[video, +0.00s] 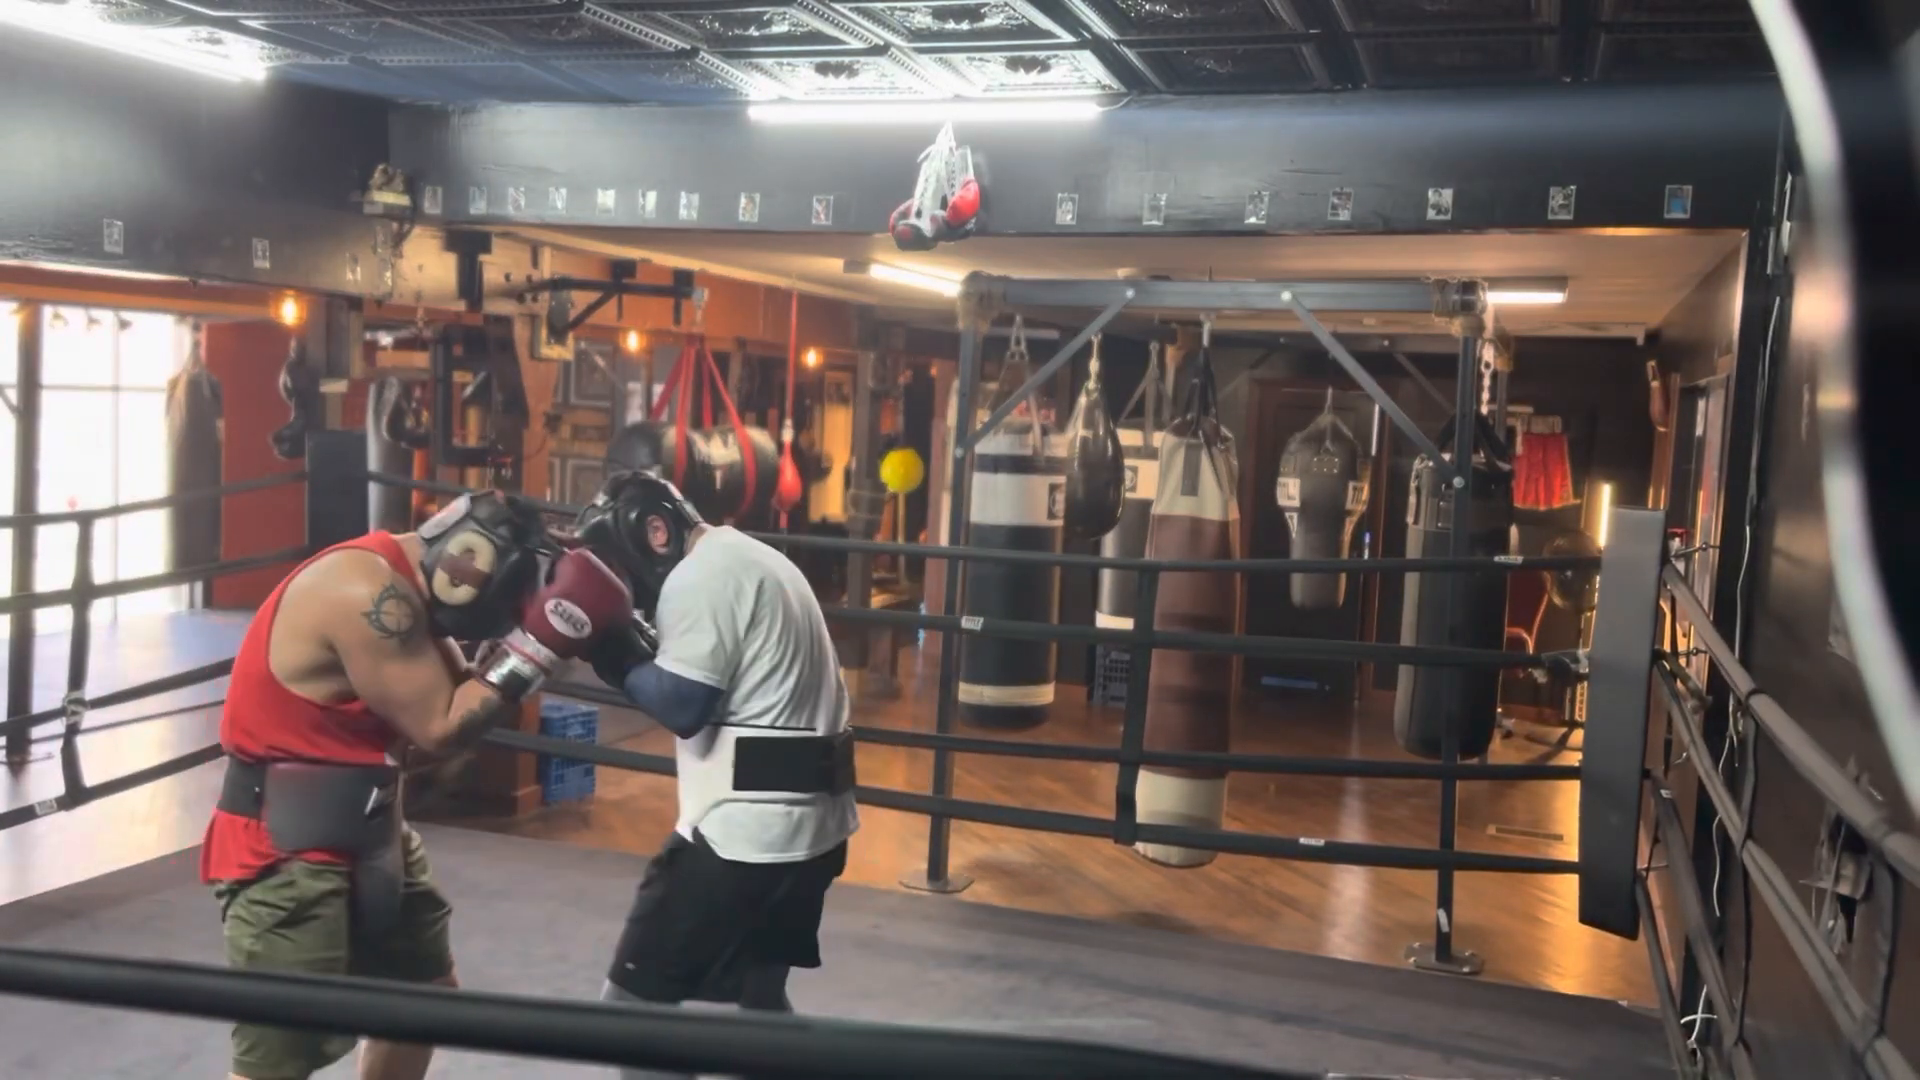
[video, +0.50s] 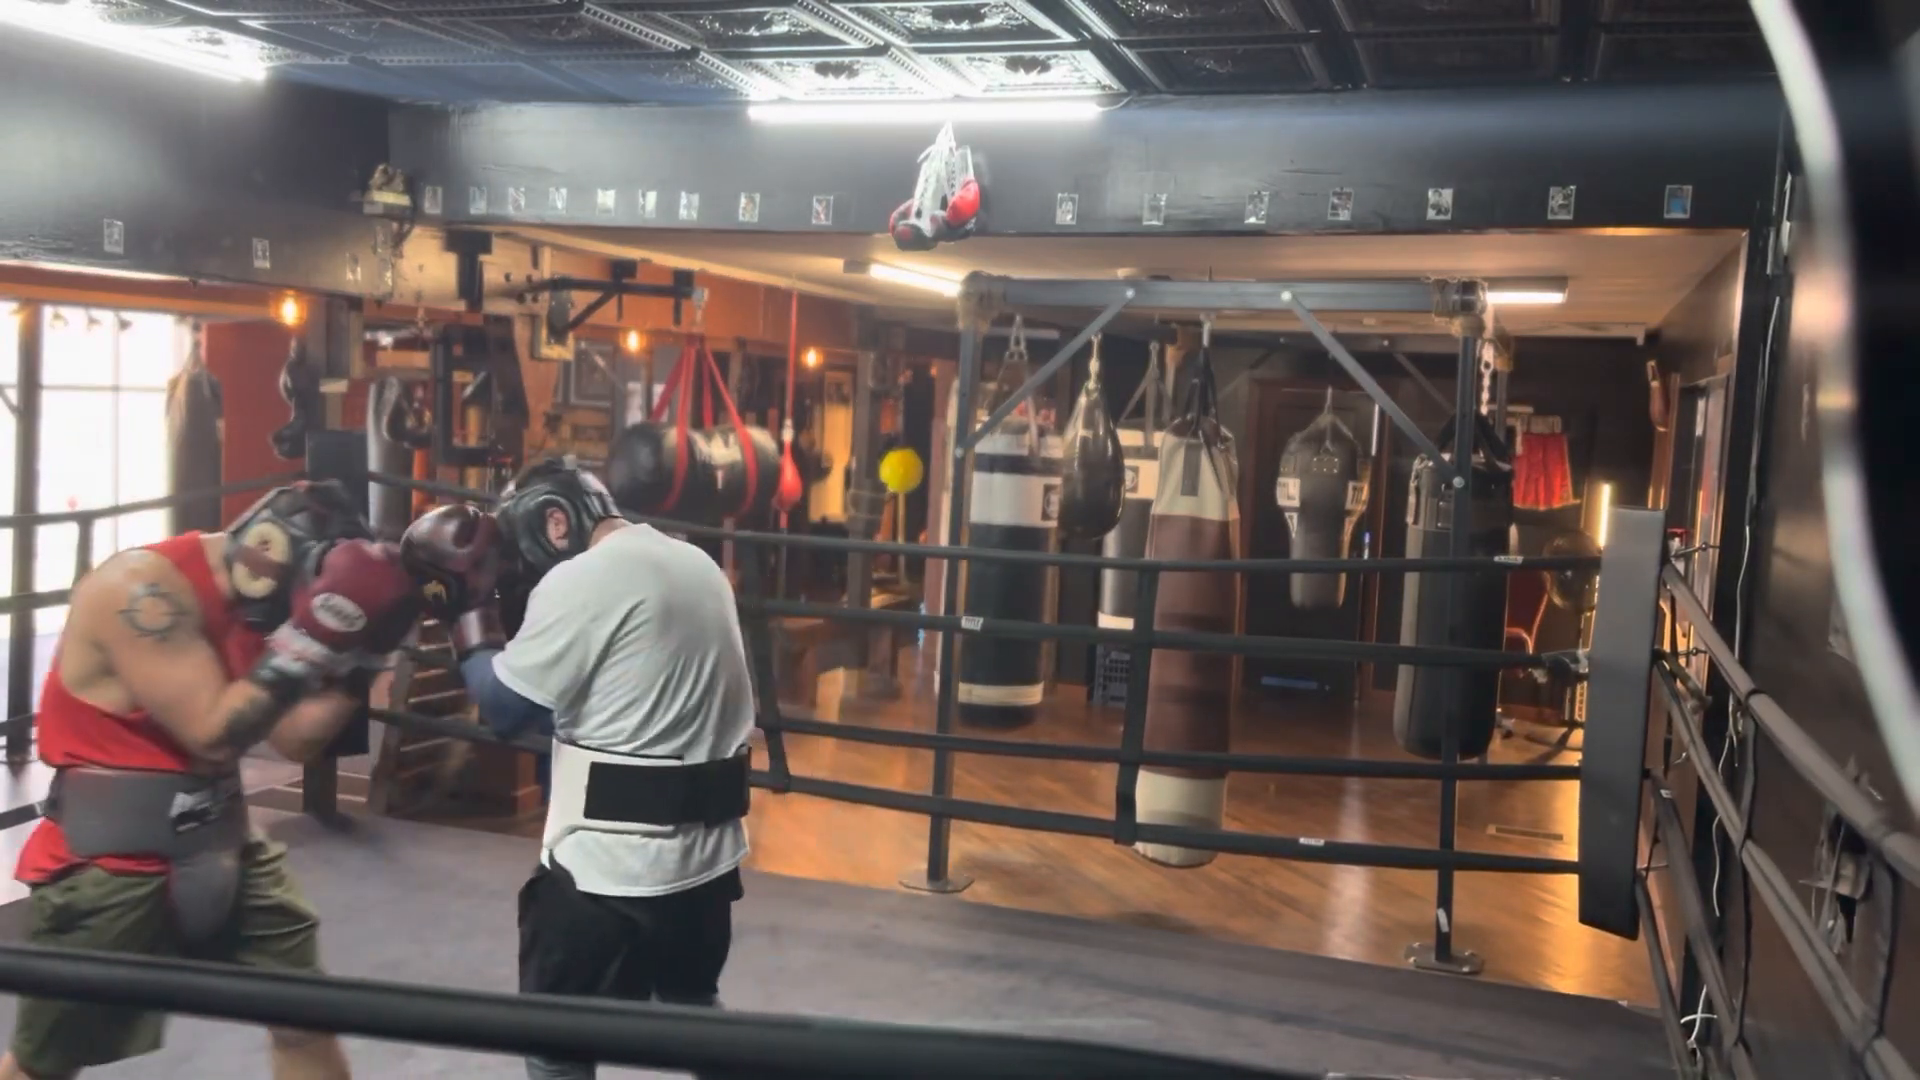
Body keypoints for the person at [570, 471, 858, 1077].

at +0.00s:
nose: (625, 560)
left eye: (624, 543)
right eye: (617, 547)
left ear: (657, 530)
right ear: (674, 525)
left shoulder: (705, 572)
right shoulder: (757, 559)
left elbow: (684, 705)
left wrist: (614, 644)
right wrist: (613, 639)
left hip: (743, 831)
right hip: (818, 827)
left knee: (631, 1006)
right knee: (755, 1001)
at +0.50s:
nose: (534, 556)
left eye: (531, 538)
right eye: (527, 542)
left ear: (560, 521)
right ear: (604, 511)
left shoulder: (580, 582)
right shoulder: (700, 566)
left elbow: (503, 702)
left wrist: (470, 621)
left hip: (605, 876)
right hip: (708, 869)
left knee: (558, 1049)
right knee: (692, 1017)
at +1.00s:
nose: (431, 559)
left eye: (429, 541)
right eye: (426, 544)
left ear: (459, 521)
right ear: (502, 506)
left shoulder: (480, 579)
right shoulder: (613, 553)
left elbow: (413, 704)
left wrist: (379, 638)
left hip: (524, 859)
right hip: (641, 851)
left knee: (437, 1037)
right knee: (643, 1031)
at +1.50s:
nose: (348, 547)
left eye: (348, 528)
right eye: (342, 531)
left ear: (388, 517)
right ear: (443, 501)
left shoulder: (411, 610)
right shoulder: (541, 565)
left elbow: (384, 763)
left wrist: (308, 668)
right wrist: (365, 639)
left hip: (443, 901)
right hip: (553, 890)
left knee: (363, 1060)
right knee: (530, 1062)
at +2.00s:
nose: (211, 533)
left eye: (214, 517)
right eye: (211, 517)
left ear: (240, 514)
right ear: (322, 498)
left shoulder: (212, 588)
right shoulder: (419, 567)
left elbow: (128, 702)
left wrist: (109, 618)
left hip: (276, 925)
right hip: (429, 911)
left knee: (212, 1065)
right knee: (467, 1066)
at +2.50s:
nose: (255, 508)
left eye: (260, 494)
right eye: (258, 495)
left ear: (277, 494)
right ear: (369, 497)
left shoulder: (211, 583)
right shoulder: (450, 580)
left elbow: (159, 728)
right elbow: (466, 725)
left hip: (240, 896)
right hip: (393, 895)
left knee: (204, 1062)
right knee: (420, 1063)